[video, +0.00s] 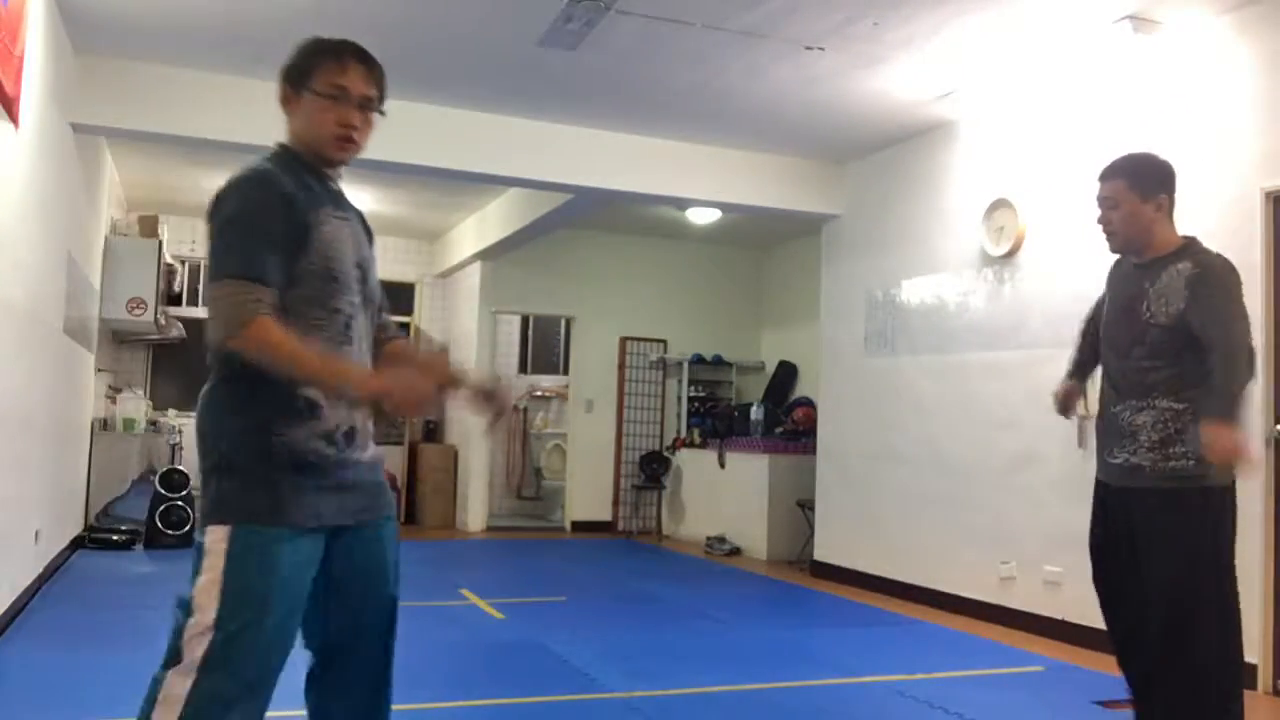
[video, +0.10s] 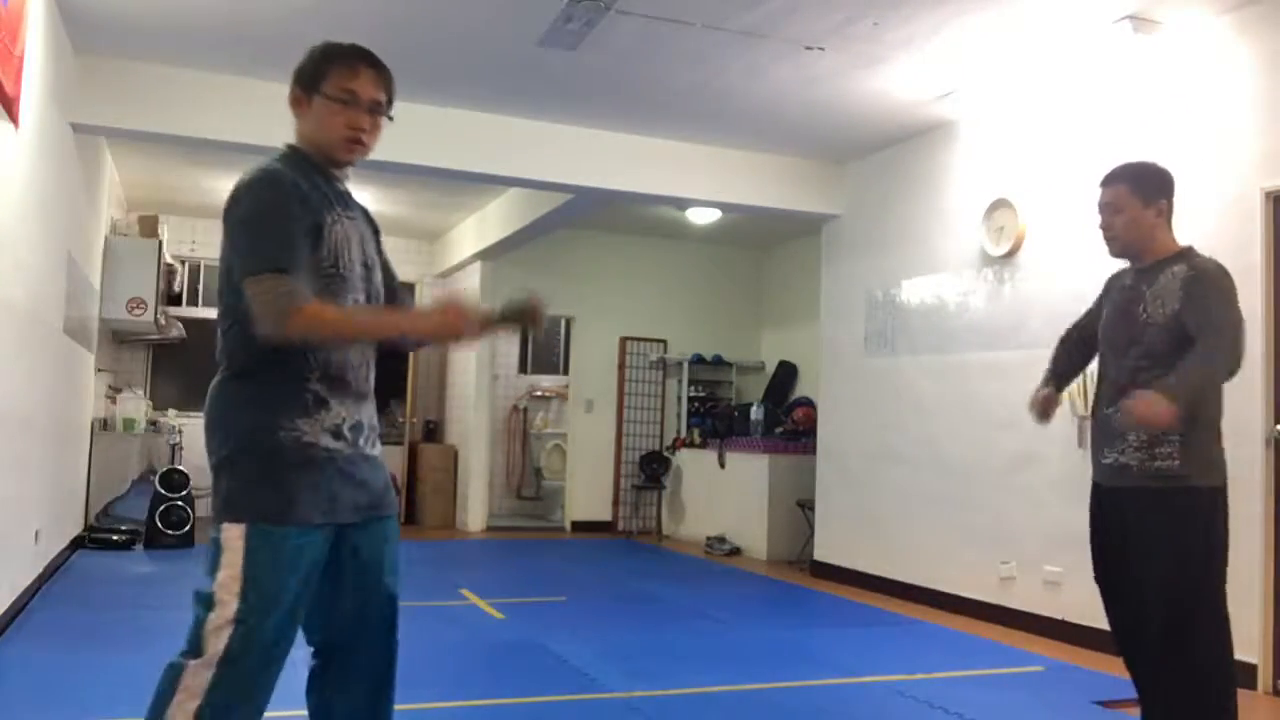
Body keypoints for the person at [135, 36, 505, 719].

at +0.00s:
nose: (353, 118)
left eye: (367, 107)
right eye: (336, 98)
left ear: (376, 122)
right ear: (290, 101)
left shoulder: (352, 219)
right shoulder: (257, 192)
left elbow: (376, 339)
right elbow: (238, 323)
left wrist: (464, 386)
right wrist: (368, 383)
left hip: (353, 478)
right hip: (265, 477)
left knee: (357, 672)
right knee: (220, 678)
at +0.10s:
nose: (363, 123)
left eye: (377, 112)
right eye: (347, 104)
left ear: (385, 124)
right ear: (299, 103)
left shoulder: (360, 221)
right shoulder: (269, 190)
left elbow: (387, 321)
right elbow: (280, 315)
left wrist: (468, 323)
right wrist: (417, 321)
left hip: (355, 464)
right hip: (274, 465)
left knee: (360, 656)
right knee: (230, 661)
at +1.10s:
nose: (406, 151)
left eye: (408, 139)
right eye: (397, 134)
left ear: (357, 134)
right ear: (351, 128)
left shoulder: (366, 226)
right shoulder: (312, 208)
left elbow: (429, 322)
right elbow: (372, 305)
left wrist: (498, 267)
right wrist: (450, 261)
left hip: (394, 460)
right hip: (326, 459)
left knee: (401, 635)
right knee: (304, 628)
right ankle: (228, 717)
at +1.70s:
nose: (432, 145)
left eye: (444, 135)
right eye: (416, 129)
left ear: (452, 147)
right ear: (375, 130)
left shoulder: (424, 237)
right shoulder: (351, 210)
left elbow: (448, 348)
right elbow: (376, 316)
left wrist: (537, 329)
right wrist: (482, 289)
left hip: (427, 464)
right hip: (356, 466)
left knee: (445, 644)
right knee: (345, 653)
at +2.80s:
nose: (512, 188)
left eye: (521, 180)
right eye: (498, 173)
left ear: (525, 188)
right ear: (459, 172)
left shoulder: (479, 250)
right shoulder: (449, 242)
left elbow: (508, 363)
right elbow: (474, 348)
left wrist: (579, 348)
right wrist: (555, 324)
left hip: (502, 463)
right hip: (453, 464)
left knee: (530, 616)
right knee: (425, 618)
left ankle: (531, 714)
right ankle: (354, 715)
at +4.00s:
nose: (549, 200)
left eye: (552, 188)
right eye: (545, 184)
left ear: (506, 180)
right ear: (509, 175)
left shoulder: (494, 249)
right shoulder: (473, 242)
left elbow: (559, 346)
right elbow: (543, 337)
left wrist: (640, 310)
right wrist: (593, 289)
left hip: (518, 464)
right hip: (472, 465)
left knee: (566, 600)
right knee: (450, 627)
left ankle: (555, 715)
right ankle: (398, 718)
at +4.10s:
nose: (568, 206)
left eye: (571, 194)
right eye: (563, 191)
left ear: (528, 187)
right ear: (527, 183)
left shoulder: (531, 262)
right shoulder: (484, 249)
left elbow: (616, 309)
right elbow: (572, 323)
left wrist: (696, 273)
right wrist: (614, 272)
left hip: (529, 464)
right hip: (479, 465)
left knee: (568, 622)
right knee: (454, 630)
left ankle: (587, 716)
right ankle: (399, 716)